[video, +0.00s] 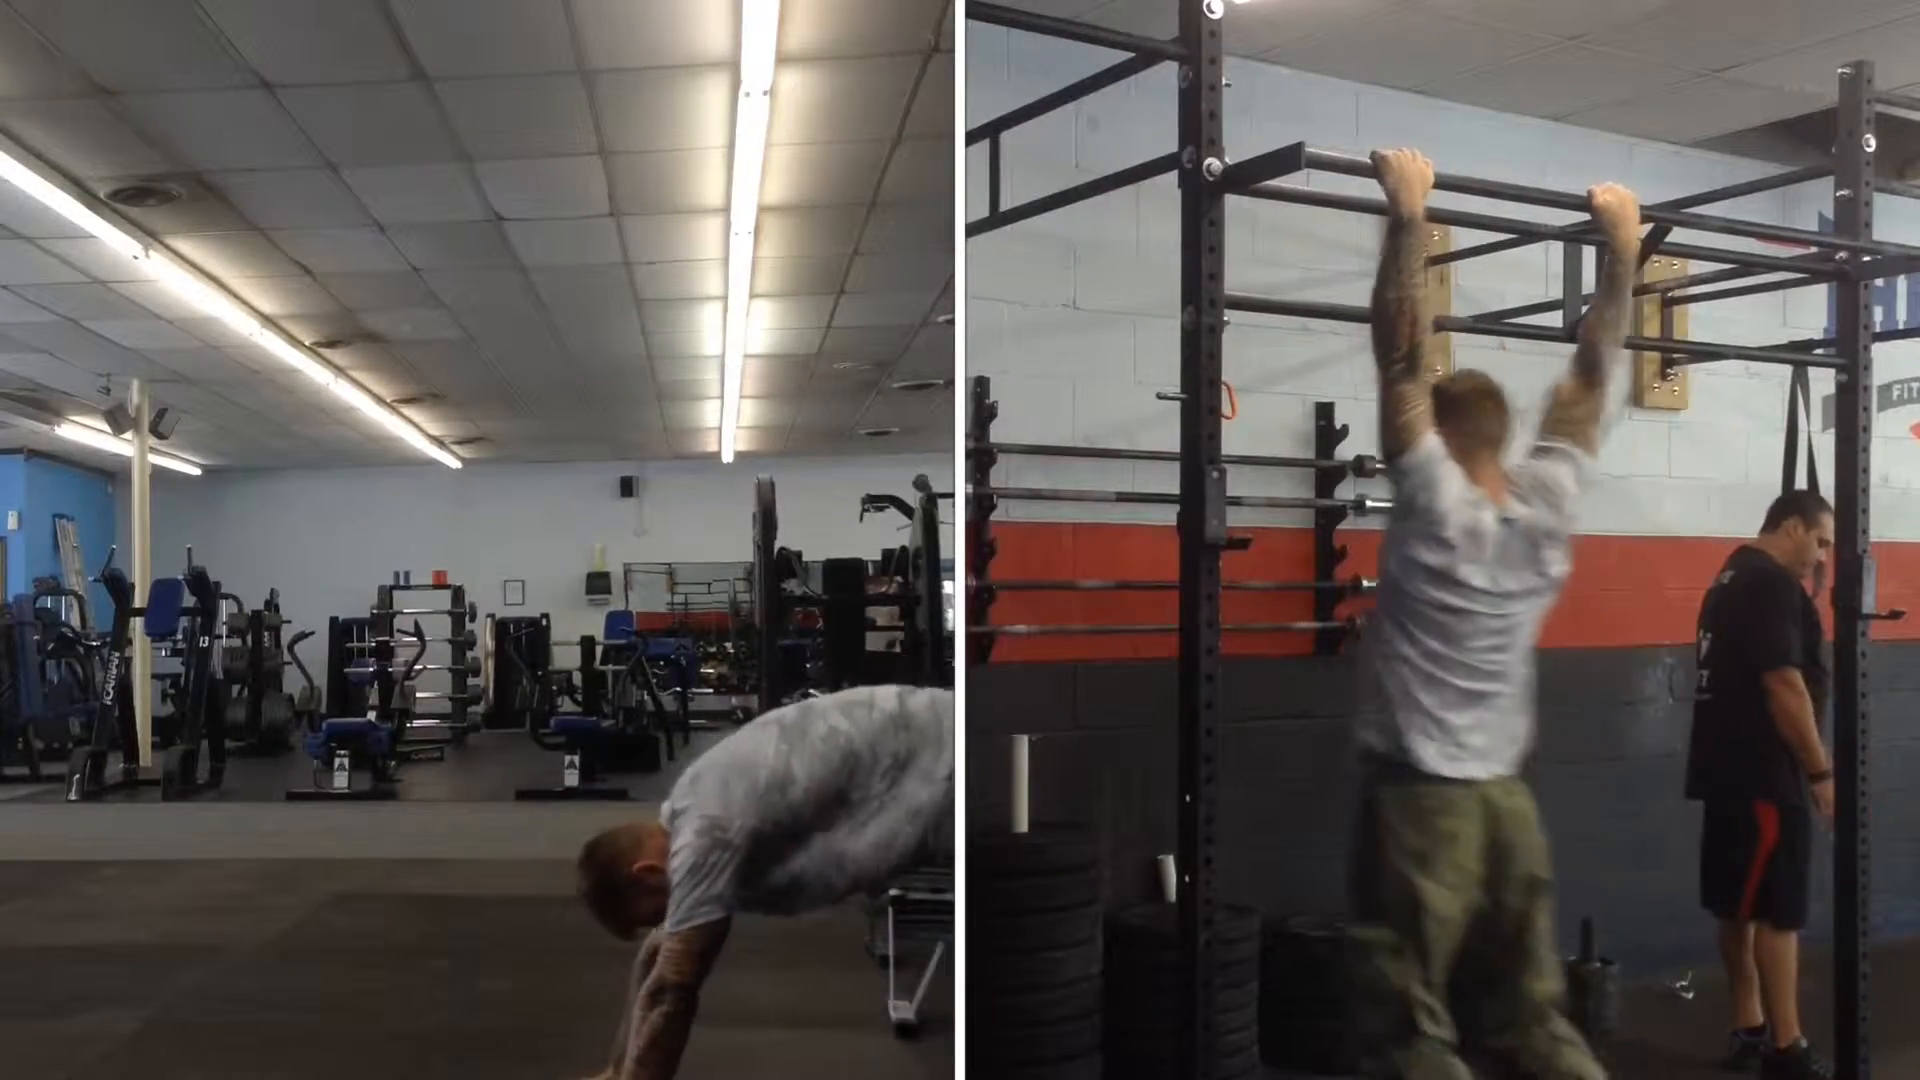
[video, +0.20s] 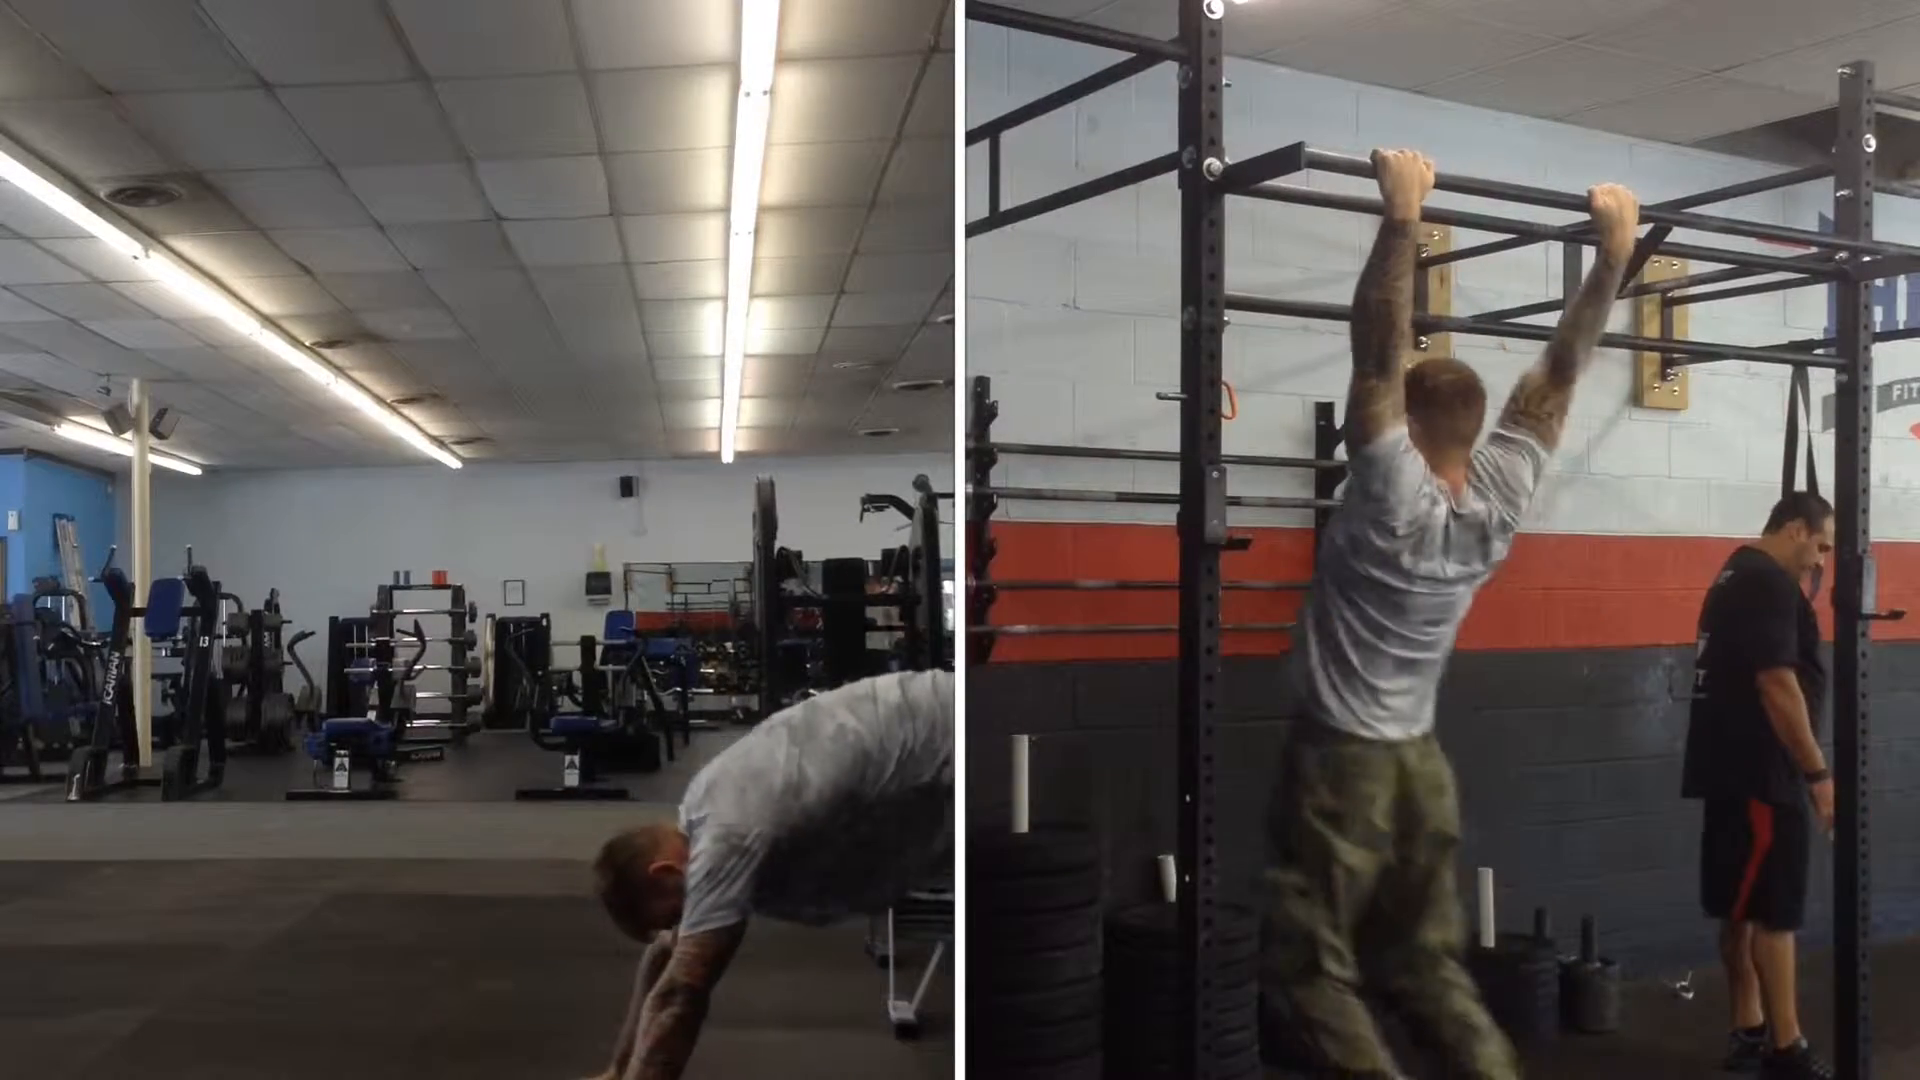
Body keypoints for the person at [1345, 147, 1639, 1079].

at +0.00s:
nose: (1429, 432)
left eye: (1432, 420)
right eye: (1453, 414)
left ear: (1435, 434)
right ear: (1509, 435)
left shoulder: (1429, 498)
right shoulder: (1545, 509)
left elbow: (1398, 352)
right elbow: (1590, 377)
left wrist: (1408, 214)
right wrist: (1622, 255)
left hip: (1419, 801)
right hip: (1507, 799)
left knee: (1406, 1022)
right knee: (1530, 1012)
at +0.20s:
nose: (1401, 400)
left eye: (1404, 392)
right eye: (1419, 388)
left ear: (1403, 418)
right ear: (1479, 432)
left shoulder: (1385, 486)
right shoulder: (1490, 509)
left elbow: (1379, 347)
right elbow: (1559, 376)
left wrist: (1401, 216)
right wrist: (1614, 258)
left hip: (1339, 763)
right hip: (1421, 763)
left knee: (1307, 968)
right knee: (1423, 961)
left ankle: (1378, 1073)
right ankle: (1495, 1070)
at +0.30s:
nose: (1412, 411)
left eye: (1417, 402)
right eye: (1422, 404)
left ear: (1427, 424)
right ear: (1501, 436)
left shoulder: (1399, 490)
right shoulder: (1506, 521)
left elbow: (1378, 342)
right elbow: (1569, 376)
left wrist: (1399, 216)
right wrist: (1614, 262)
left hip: (1320, 744)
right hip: (1403, 746)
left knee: (1254, 925)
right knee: (1382, 928)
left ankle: (1333, 1070)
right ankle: (1429, 1068)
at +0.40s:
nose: (1452, 425)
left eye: (1460, 413)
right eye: (1464, 411)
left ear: (1472, 427)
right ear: (1536, 434)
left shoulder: (1434, 491)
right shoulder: (1548, 517)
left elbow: (1380, 348)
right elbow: (1591, 378)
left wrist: (1400, 217)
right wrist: (1618, 259)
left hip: (1336, 733)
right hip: (1410, 748)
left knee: (1220, 822)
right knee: (1324, 852)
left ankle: (1278, 1026)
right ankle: (1343, 1029)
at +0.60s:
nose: (1552, 393)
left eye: (1560, 383)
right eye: (1564, 382)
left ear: (1571, 396)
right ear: (1631, 413)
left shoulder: (1511, 467)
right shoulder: (1641, 496)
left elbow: (1410, 362)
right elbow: (1630, 383)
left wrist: (1405, 219)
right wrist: (1628, 262)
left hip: (1403, 666)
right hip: (1473, 693)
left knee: (1241, 596)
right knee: (1266, 598)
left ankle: (1114, 628)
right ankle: (1126, 627)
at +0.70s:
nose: (1593, 313)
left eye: (1601, 301)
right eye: (1601, 299)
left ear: (1613, 318)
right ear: (1677, 337)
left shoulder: (1553, 387)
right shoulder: (1691, 429)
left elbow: (1414, 340)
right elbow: (1666, 330)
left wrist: (1408, 208)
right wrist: (1635, 243)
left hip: (1444, 536)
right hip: (1518, 577)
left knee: (1286, 520)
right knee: (1319, 544)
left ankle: (1138, 595)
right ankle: (1217, 614)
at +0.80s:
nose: (1593, 181)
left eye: (1597, 167)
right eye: (1601, 167)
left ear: (1614, 170)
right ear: (1681, 184)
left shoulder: (1568, 259)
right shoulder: (1714, 299)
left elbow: (1416, 301)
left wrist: (1409, 197)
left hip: (1450, 451)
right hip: (1523, 492)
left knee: (1283, 463)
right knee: (1360, 525)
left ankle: (1187, 607)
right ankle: (1276, 597)